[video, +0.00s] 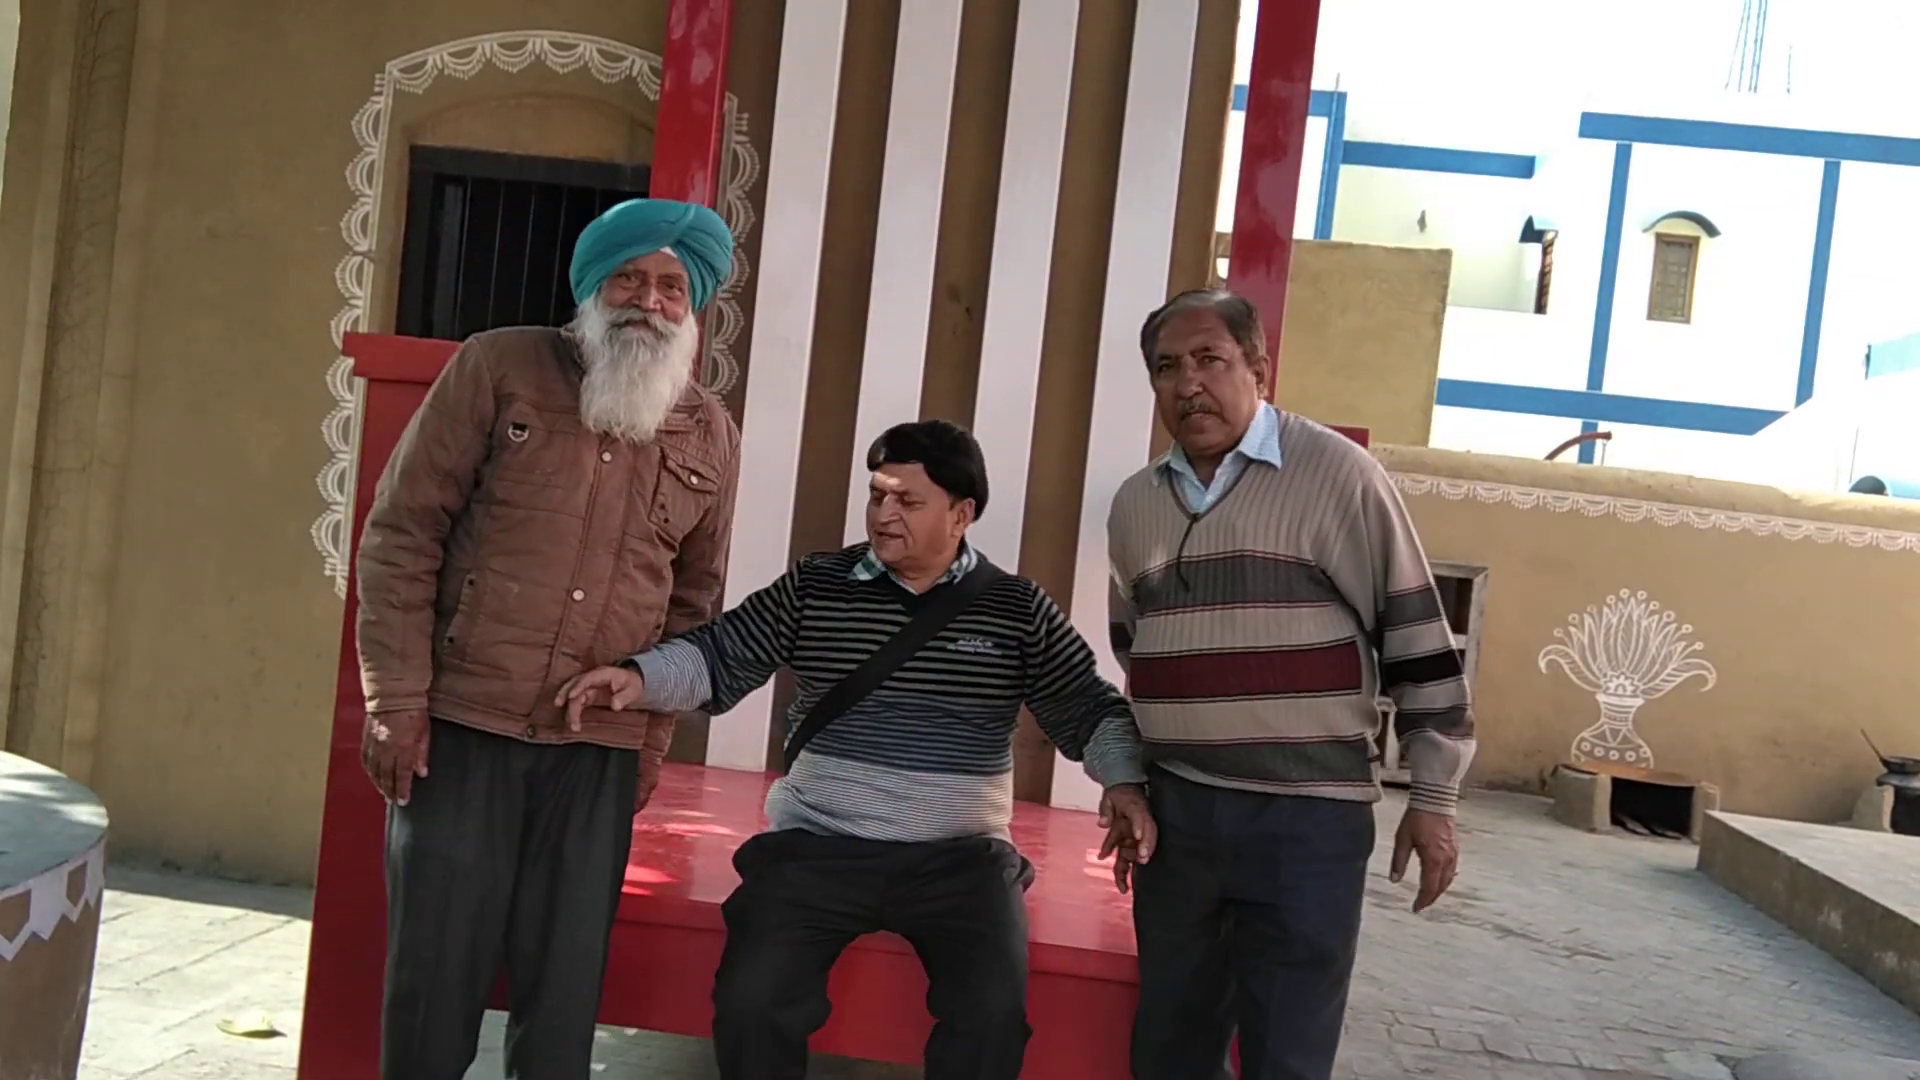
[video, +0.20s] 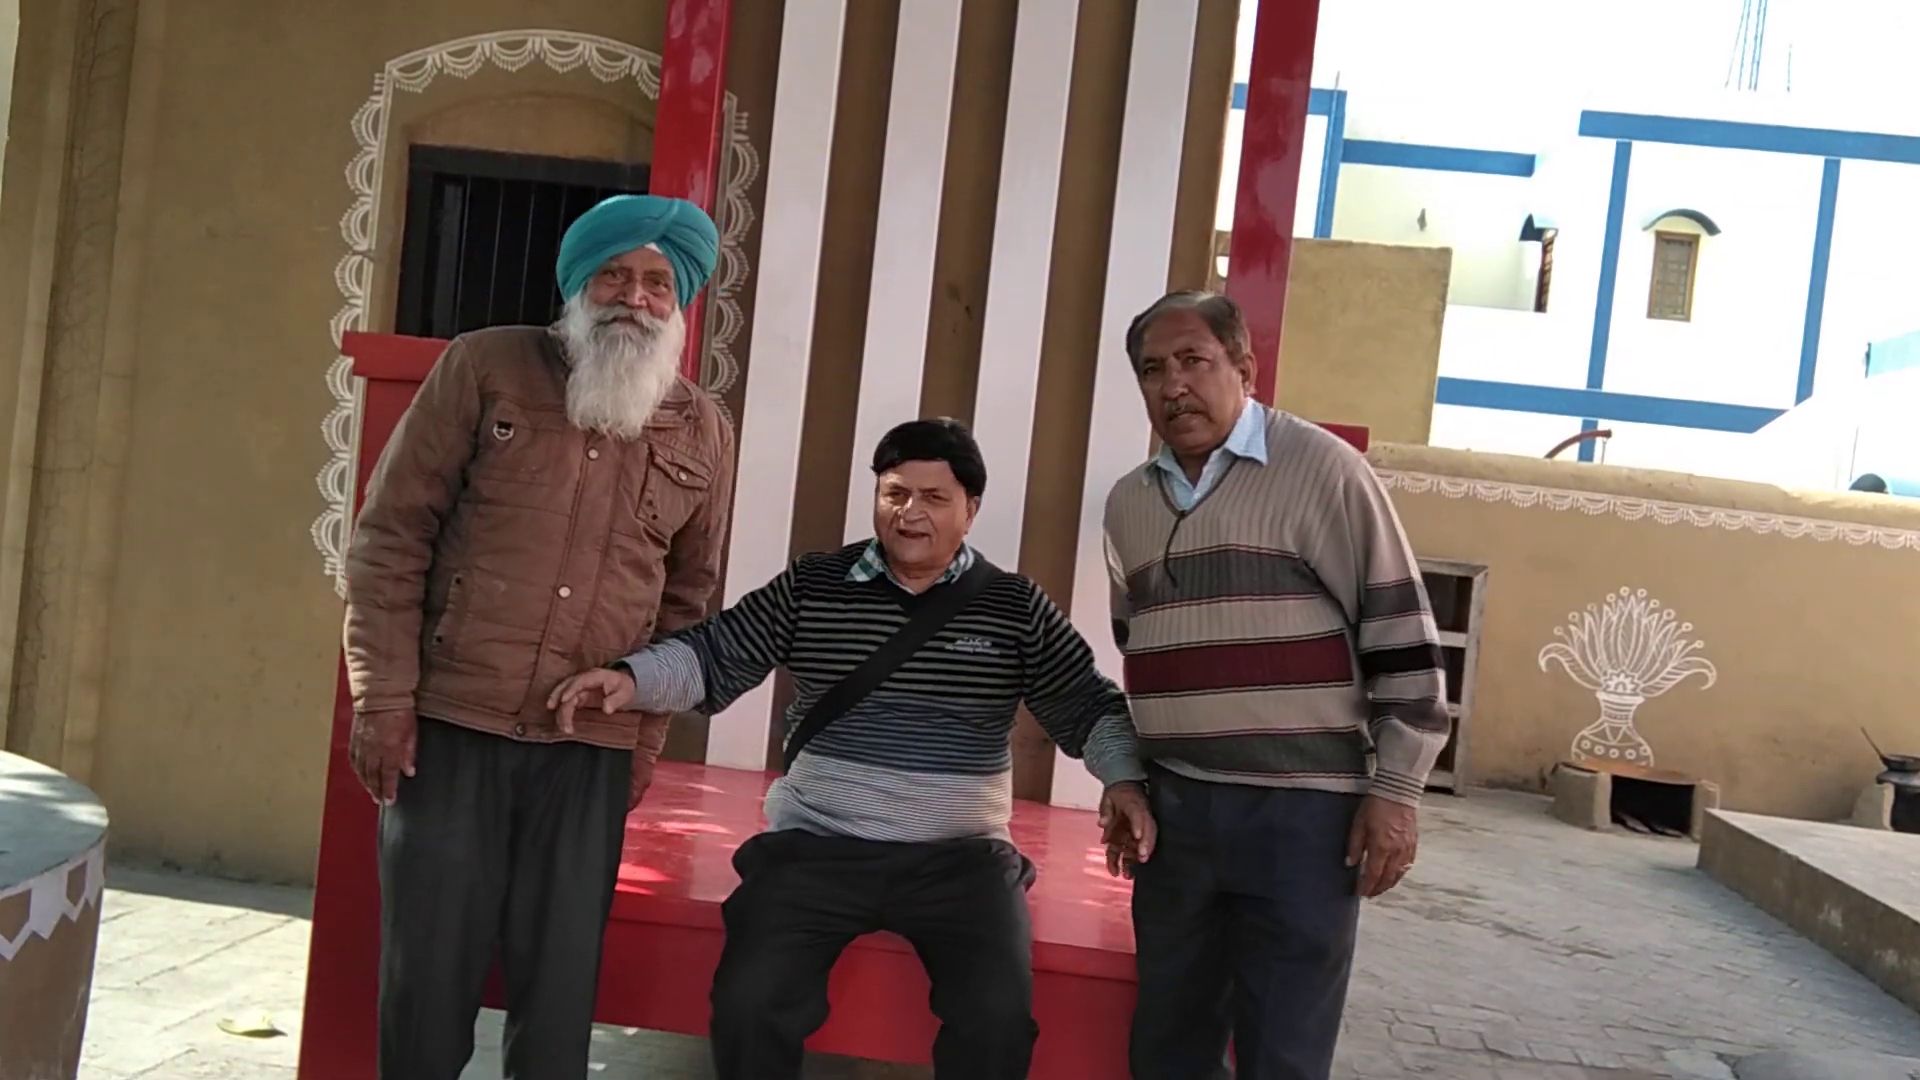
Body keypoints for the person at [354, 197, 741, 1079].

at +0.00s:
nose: (653, 301)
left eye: (675, 286)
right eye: (635, 278)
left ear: (698, 308)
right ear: (595, 285)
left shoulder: (708, 430)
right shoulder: (497, 367)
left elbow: (697, 594)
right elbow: (401, 532)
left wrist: (655, 731)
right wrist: (397, 700)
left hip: (600, 756)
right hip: (463, 741)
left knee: (562, 1017)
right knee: (432, 1004)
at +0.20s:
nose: (639, 298)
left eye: (661, 282)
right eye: (620, 274)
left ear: (685, 303)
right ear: (580, 281)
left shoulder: (702, 428)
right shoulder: (484, 366)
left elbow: (692, 594)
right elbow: (391, 534)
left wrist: (647, 731)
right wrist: (383, 696)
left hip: (591, 755)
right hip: (451, 741)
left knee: (557, 1015)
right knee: (426, 1004)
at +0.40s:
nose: (623, 294)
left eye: (646, 279)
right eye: (604, 271)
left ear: (670, 301)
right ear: (566, 280)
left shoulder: (690, 429)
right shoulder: (470, 365)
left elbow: (683, 591)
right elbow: (379, 533)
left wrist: (640, 721)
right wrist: (366, 698)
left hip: (581, 754)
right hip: (440, 740)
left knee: (553, 1011)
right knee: (418, 998)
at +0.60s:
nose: (604, 291)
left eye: (627, 276)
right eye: (585, 268)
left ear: (652, 299)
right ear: (547, 278)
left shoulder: (675, 424)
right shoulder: (453, 365)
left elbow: (674, 589)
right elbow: (366, 538)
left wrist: (633, 715)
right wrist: (357, 706)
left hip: (574, 755)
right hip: (433, 743)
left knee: (549, 1012)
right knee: (412, 1003)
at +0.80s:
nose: (583, 284)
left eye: (606, 269)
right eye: (563, 263)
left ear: (630, 292)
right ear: (523, 275)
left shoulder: (657, 416)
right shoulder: (433, 367)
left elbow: (657, 583)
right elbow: (354, 546)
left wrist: (629, 704)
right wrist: (354, 712)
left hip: (566, 757)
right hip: (425, 745)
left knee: (546, 1010)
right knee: (408, 999)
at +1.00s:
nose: (573, 282)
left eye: (594, 267)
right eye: (552, 262)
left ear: (619, 289)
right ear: (512, 273)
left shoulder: (648, 412)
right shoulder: (425, 366)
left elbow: (651, 582)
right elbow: (349, 546)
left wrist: (628, 695)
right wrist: (350, 715)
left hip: (567, 756)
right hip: (425, 746)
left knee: (544, 1009)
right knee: (404, 996)